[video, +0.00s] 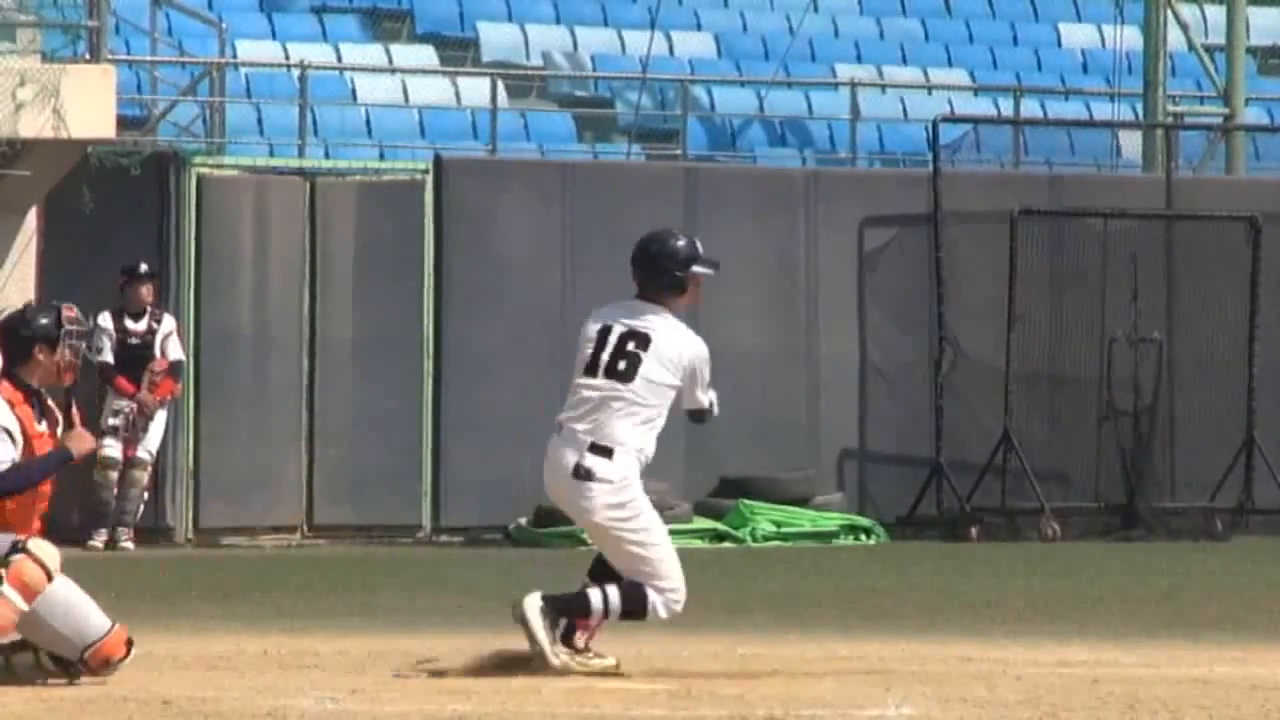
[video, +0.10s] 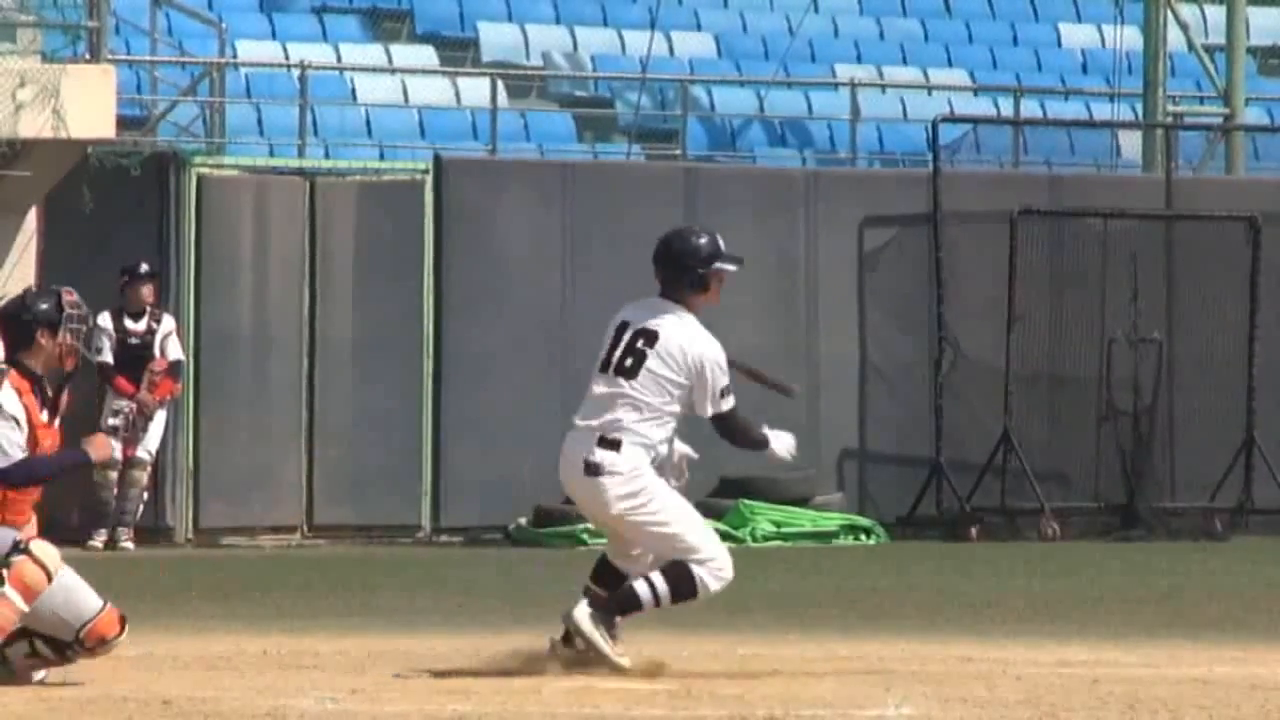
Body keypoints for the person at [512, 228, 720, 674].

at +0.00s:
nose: (702, 284)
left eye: (701, 275)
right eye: (697, 276)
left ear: (641, 277)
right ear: (681, 283)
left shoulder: (599, 318)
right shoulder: (688, 345)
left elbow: (597, 377)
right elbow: (699, 412)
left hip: (558, 465)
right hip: (607, 480)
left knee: (623, 548)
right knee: (667, 594)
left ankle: (575, 639)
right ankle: (552, 609)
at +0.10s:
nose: (723, 281)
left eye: (722, 272)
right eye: (718, 273)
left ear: (666, 275)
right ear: (703, 279)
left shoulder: (630, 314)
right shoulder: (700, 344)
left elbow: (625, 396)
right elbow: (731, 426)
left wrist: (665, 443)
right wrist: (770, 440)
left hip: (577, 458)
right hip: (619, 468)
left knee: (636, 546)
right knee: (714, 565)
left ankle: (580, 636)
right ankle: (601, 615)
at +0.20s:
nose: (781, 259)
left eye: (780, 250)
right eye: (775, 251)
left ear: (729, 252)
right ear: (754, 254)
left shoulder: (697, 292)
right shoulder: (736, 317)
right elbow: (787, 398)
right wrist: (857, 430)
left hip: (657, 452)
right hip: (670, 459)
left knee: (658, 553)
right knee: (754, 559)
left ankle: (591, 632)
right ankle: (674, 632)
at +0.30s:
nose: (813, 260)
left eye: (812, 251)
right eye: (808, 252)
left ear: (763, 254)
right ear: (786, 258)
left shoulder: (735, 291)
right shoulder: (758, 316)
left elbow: (692, 351)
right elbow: (833, 383)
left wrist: (670, 388)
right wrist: (909, 374)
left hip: (733, 454)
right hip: (686, 455)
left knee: (754, 557)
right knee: (731, 582)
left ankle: (644, 590)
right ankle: (668, 641)